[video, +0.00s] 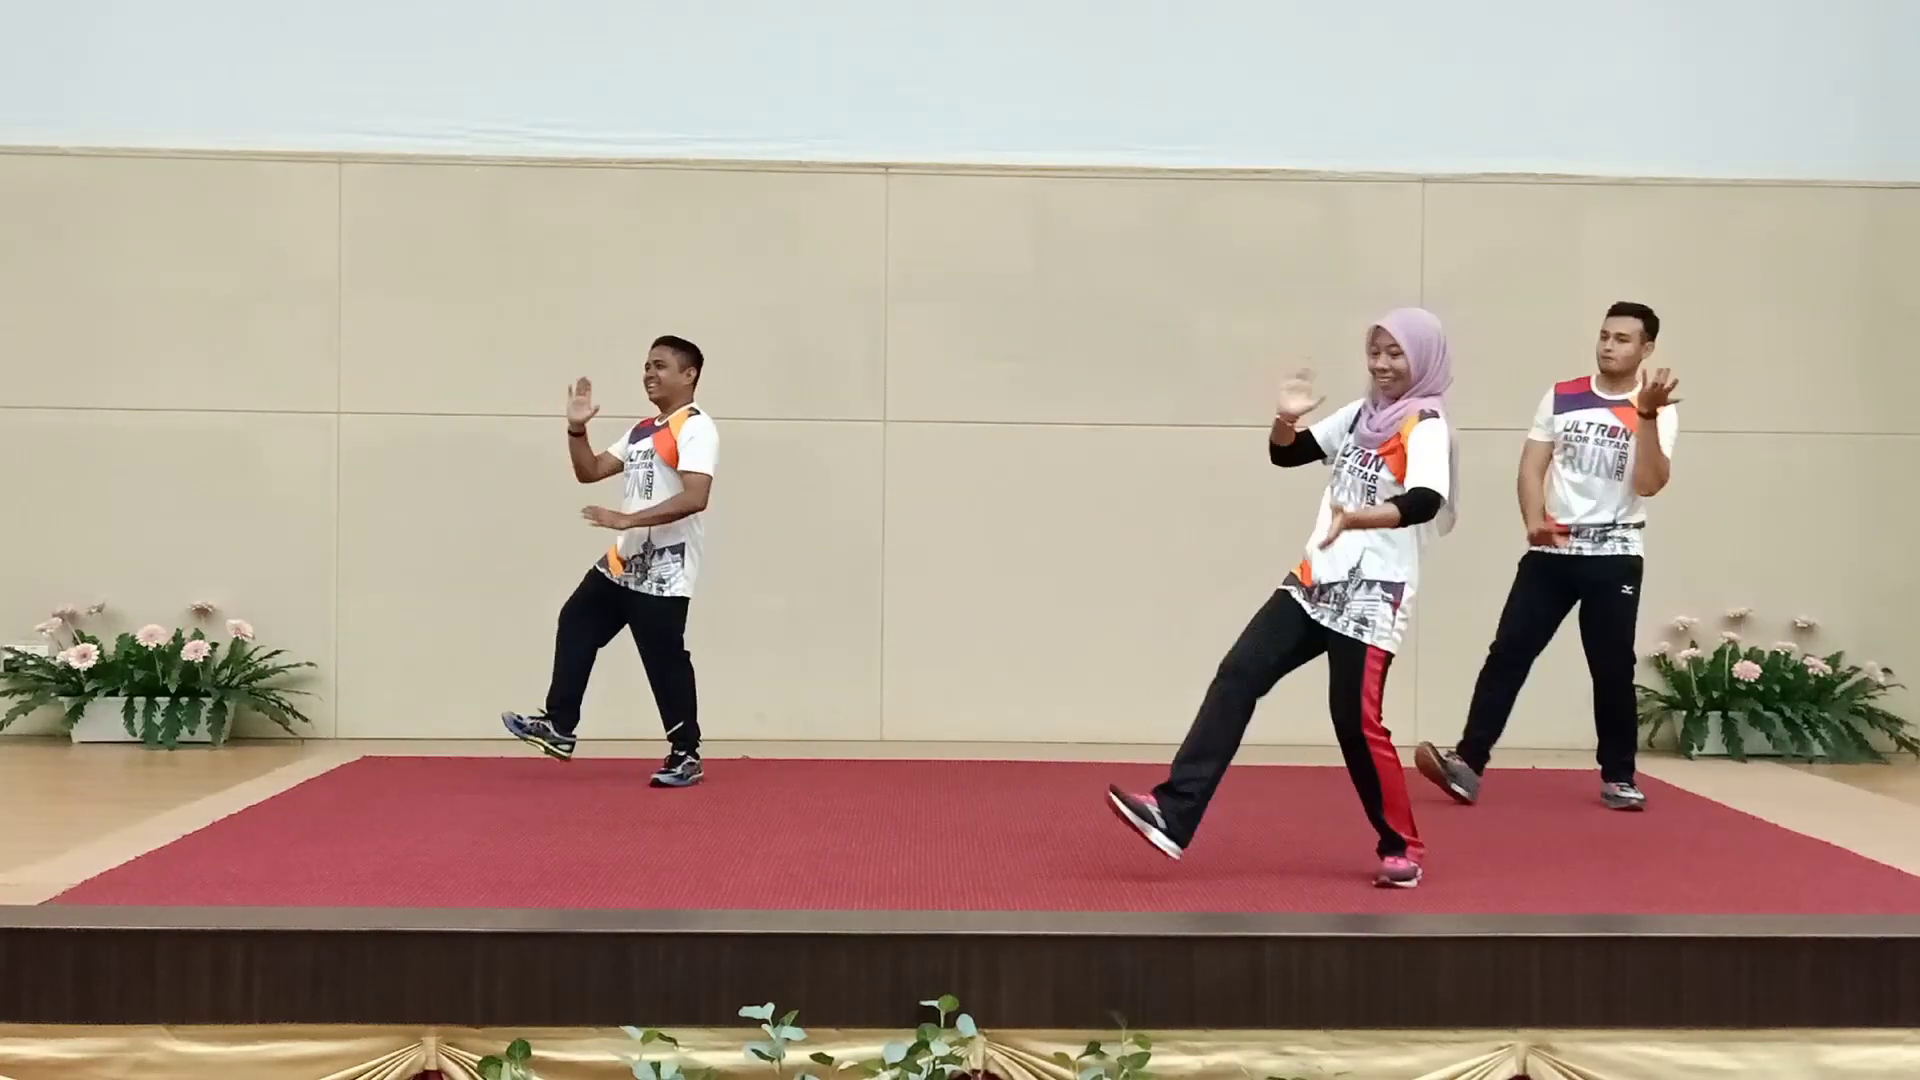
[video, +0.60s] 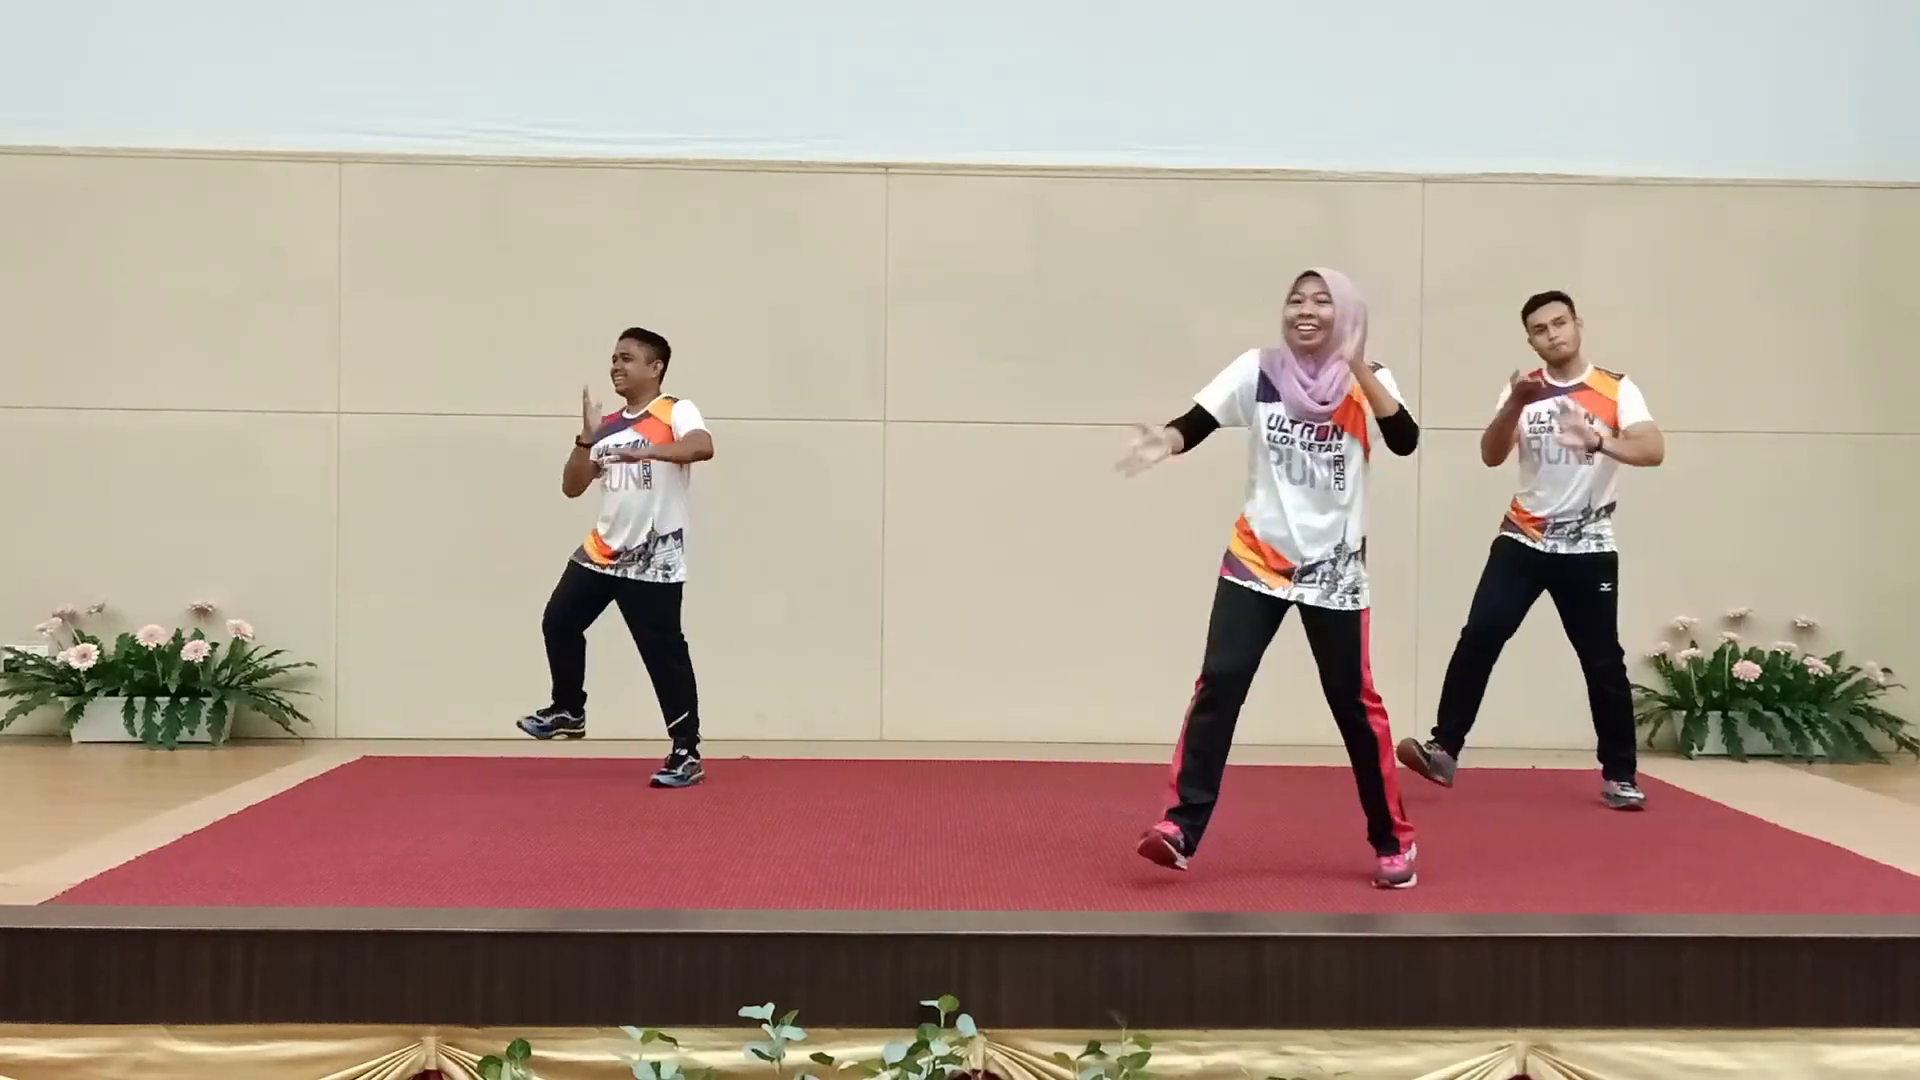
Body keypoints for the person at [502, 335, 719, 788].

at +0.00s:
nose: (649, 374)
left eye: (660, 366)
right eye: (648, 367)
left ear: (689, 375)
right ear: (648, 375)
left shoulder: (697, 428)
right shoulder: (643, 430)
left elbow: (695, 498)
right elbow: (589, 470)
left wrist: (627, 519)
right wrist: (577, 430)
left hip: (665, 567)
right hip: (624, 561)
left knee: (665, 659)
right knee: (577, 623)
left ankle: (686, 755)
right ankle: (559, 726)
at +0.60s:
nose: (616, 367)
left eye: (627, 359)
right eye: (615, 359)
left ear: (656, 367)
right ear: (615, 367)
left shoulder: (676, 411)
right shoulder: (606, 426)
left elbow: (702, 447)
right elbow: (571, 488)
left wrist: (644, 451)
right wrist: (585, 440)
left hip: (654, 559)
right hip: (601, 552)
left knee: (665, 654)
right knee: (559, 623)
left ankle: (686, 754)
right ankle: (568, 711)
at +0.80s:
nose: (590, 374)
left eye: (601, 366)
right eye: (585, 367)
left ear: (627, 376)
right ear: (579, 375)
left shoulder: (651, 425)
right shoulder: (560, 436)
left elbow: (687, 466)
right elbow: (539, 506)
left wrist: (641, 425)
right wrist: (569, 509)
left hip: (633, 575)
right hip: (575, 576)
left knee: (648, 661)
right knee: (554, 661)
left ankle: (687, 754)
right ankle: (527, 756)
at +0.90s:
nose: (576, 372)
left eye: (587, 365)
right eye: (570, 365)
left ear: (606, 375)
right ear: (559, 372)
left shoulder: (631, 428)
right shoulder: (534, 432)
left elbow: (665, 481)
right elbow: (505, 502)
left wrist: (626, 431)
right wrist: (542, 536)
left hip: (613, 575)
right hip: (552, 576)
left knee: (640, 661)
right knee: (537, 666)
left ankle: (681, 752)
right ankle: (523, 760)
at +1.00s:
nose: (562, 369)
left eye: (572, 362)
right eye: (553, 362)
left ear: (588, 372)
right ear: (540, 371)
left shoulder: (610, 428)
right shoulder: (514, 423)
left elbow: (639, 491)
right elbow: (478, 486)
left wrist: (604, 448)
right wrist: (502, 542)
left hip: (592, 567)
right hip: (531, 570)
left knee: (621, 657)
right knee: (525, 667)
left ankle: (646, 744)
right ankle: (522, 759)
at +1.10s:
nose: (549, 369)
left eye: (558, 362)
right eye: (538, 361)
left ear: (570, 370)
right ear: (522, 370)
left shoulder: (591, 430)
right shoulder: (498, 418)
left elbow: (616, 496)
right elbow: (458, 469)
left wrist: (582, 465)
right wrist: (465, 520)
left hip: (573, 566)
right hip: (514, 565)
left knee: (594, 640)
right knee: (516, 664)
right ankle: (520, 758)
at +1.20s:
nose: (533, 368)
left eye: (541, 361)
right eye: (523, 361)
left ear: (553, 369)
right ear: (505, 370)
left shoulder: (573, 430)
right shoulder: (481, 416)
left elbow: (596, 497)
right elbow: (441, 459)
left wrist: (570, 486)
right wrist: (451, 485)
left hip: (553, 565)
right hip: (499, 563)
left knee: (564, 644)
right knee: (509, 662)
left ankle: (505, 722)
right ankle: (519, 759)